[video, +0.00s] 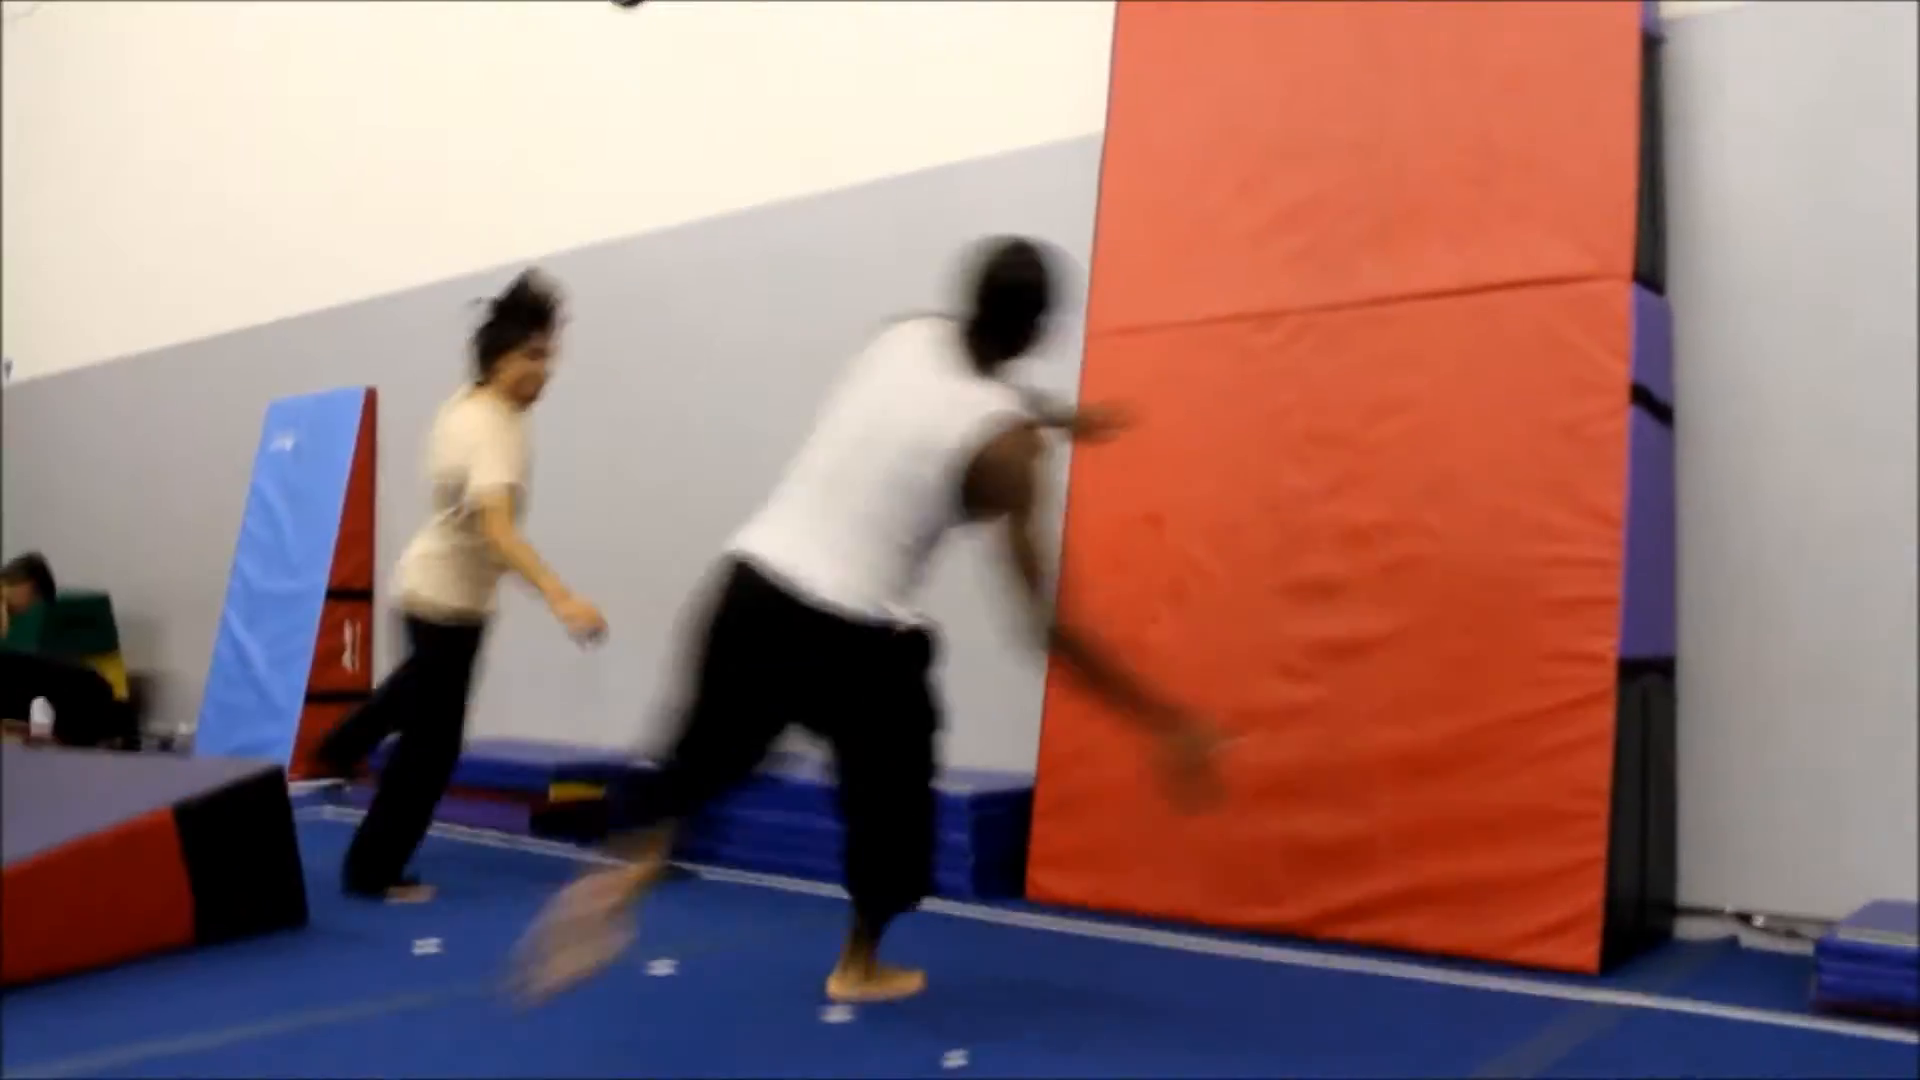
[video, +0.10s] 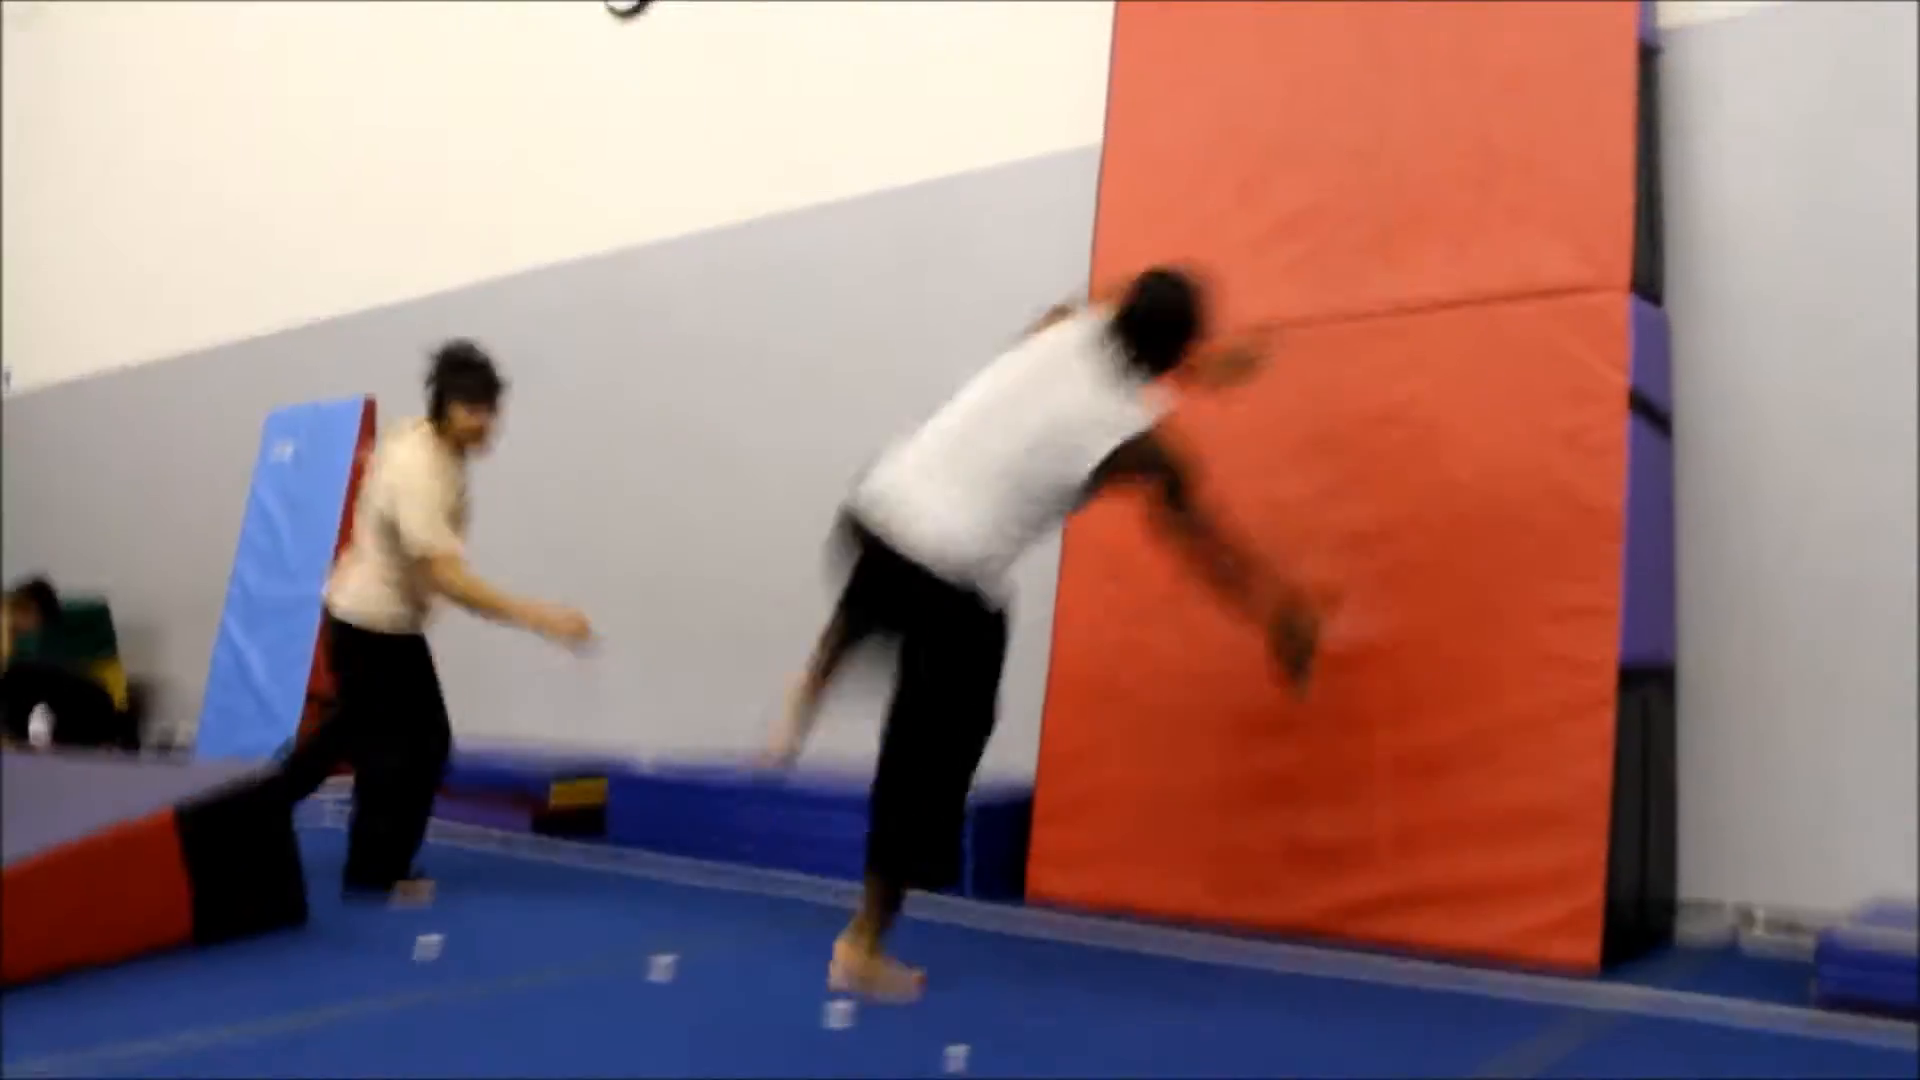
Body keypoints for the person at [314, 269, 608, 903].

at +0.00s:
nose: (544, 370)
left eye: (548, 357)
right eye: (534, 356)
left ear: (517, 362)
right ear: (500, 359)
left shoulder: (466, 410)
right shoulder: (493, 424)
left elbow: (460, 511)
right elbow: (496, 529)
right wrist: (562, 599)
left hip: (429, 591)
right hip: (452, 603)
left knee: (418, 689)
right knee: (433, 747)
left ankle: (336, 751)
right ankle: (374, 871)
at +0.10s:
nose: (483, 422)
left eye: (489, 409)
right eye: (472, 409)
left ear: (494, 408)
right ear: (442, 406)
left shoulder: (428, 448)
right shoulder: (421, 463)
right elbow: (445, 573)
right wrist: (541, 618)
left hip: (365, 618)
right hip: (378, 626)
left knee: (351, 731)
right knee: (420, 745)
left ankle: (257, 814)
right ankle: (377, 875)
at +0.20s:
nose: (438, 414)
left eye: (444, 403)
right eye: (427, 401)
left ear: (447, 407)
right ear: (398, 401)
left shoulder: (398, 450)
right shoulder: (367, 460)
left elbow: (358, 512)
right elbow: (364, 570)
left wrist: (407, 523)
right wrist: (449, 618)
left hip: (331, 603)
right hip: (319, 607)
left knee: (284, 730)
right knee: (377, 723)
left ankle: (227, 842)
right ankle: (378, 869)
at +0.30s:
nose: (391, 426)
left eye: (399, 416)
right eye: (380, 412)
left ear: (404, 419)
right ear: (352, 410)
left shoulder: (372, 468)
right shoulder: (317, 457)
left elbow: (341, 544)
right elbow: (279, 550)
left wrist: (384, 593)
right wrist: (324, 621)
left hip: (290, 604)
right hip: (252, 603)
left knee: (262, 731)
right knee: (314, 728)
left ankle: (243, 852)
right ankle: (353, 862)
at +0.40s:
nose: (352, 397)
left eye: (363, 389)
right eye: (342, 383)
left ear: (370, 398)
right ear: (316, 384)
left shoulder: (348, 461)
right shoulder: (276, 432)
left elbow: (309, 531)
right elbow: (209, 513)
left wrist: (356, 584)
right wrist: (238, 595)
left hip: (258, 581)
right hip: (209, 571)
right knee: (286, 659)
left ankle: (238, 776)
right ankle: (232, 775)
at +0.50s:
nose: (329, 366)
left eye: (341, 357)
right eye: (317, 354)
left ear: (351, 369)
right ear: (290, 362)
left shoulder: (321, 439)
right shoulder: (252, 405)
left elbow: (276, 504)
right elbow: (173, 468)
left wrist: (316, 560)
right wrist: (189, 556)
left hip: (224, 557)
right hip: (172, 539)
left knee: (221, 671)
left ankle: (213, 786)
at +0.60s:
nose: (299, 380)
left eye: (313, 373)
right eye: (288, 368)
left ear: (324, 388)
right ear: (263, 374)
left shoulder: (295, 451)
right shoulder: (222, 419)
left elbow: (244, 505)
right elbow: (118, 467)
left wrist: (269, 564)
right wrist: (135, 537)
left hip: (203, 593)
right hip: (146, 559)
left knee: (205, 728)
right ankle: (18, 610)